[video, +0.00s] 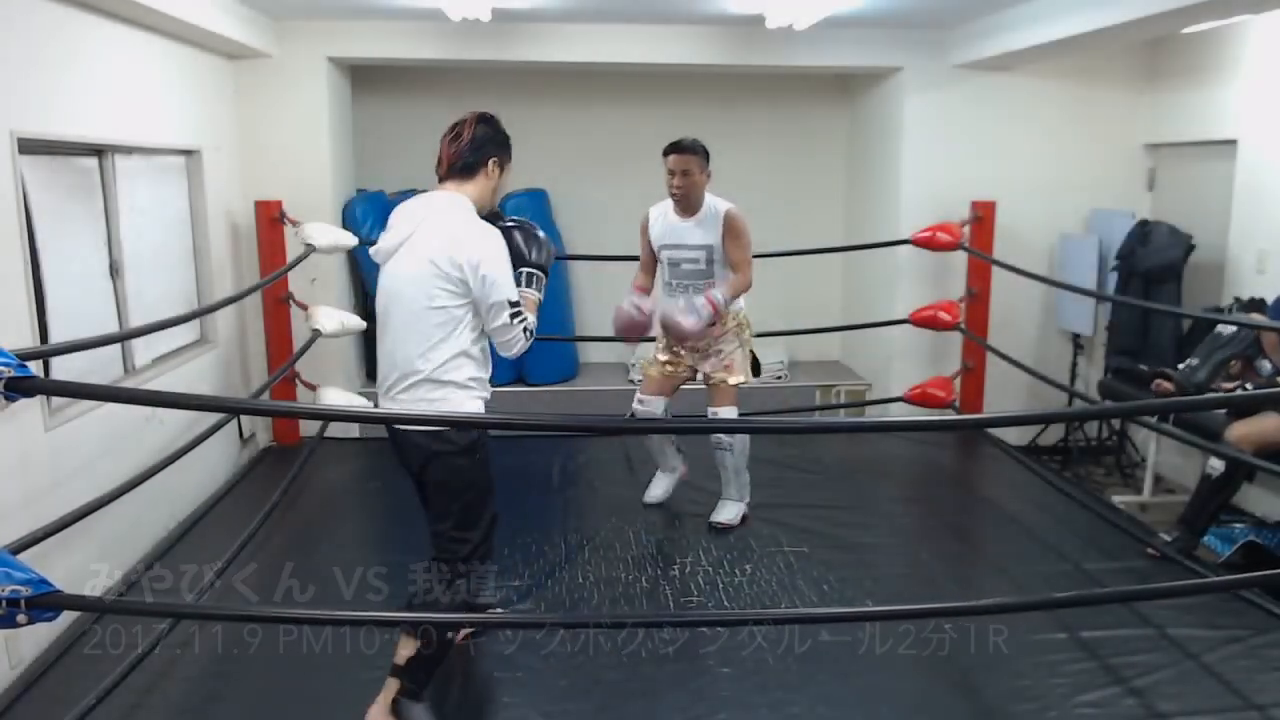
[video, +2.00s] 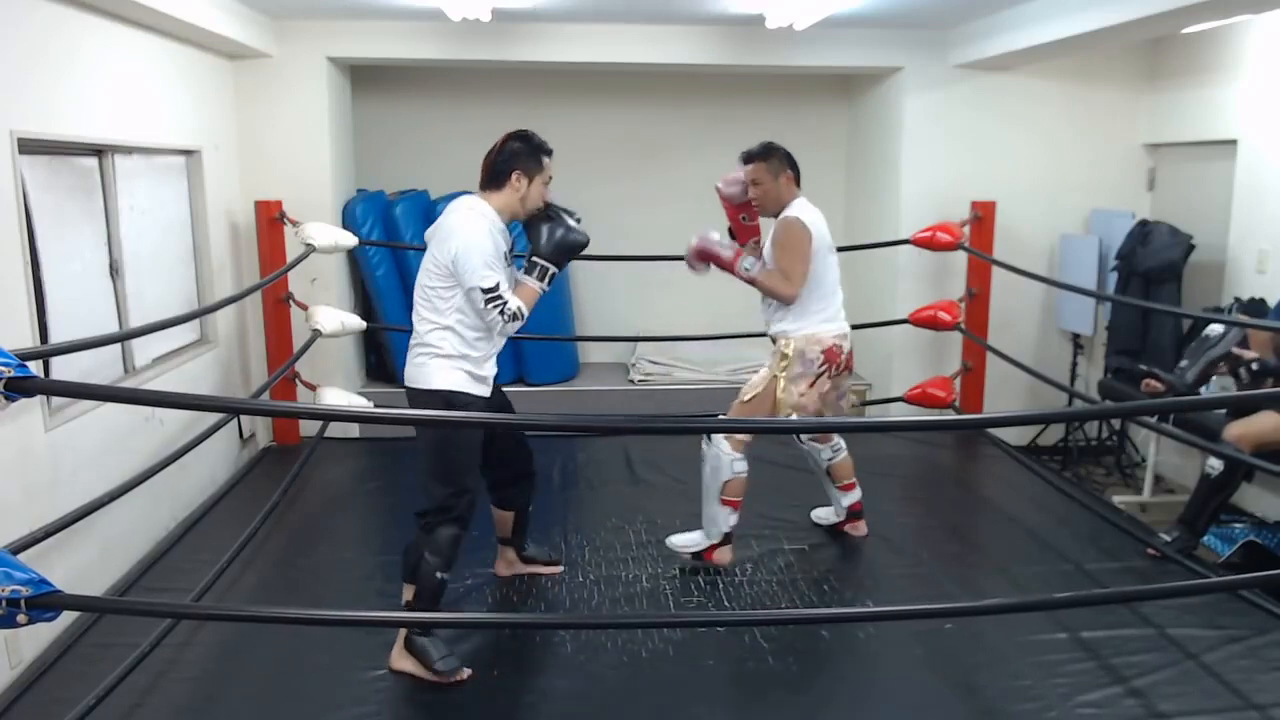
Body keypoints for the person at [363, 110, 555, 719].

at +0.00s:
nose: (503, 188)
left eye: (505, 177)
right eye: (505, 176)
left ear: (448, 163)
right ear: (491, 168)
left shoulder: (404, 219)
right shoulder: (478, 236)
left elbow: (429, 304)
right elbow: (512, 341)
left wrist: (499, 270)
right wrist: (535, 283)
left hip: (400, 412)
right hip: (447, 418)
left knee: (461, 531)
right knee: (456, 558)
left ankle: (460, 622)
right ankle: (387, 702)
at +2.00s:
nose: (547, 194)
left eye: (548, 183)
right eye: (545, 182)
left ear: (512, 178)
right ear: (518, 180)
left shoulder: (486, 223)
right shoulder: (471, 223)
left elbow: (501, 307)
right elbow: (505, 319)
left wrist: (540, 261)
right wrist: (544, 265)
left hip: (474, 377)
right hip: (444, 380)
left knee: (514, 465)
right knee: (451, 502)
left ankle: (510, 556)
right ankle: (410, 640)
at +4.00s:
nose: (486, 175)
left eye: (494, 164)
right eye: (476, 164)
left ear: (503, 168)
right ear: (456, 167)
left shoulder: (512, 215)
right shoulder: (434, 212)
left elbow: (533, 288)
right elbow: (461, 251)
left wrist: (519, 245)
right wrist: (518, 232)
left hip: (503, 349)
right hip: (445, 347)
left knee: (540, 428)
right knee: (409, 428)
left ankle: (555, 508)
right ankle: (413, 490)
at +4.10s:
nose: (486, 174)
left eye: (493, 163)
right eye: (476, 164)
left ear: (502, 166)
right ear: (457, 168)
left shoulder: (516, 216)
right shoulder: (435, 215)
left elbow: (534, 279)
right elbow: (448, 281)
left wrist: (520, 247)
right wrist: (506, 278)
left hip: (507, 346)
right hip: (449, 348)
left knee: (539, 431)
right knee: (427, 442)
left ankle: (560, 511)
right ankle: (462, 498)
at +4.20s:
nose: (474, 180)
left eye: (481, 170)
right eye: (464, 171)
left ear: (491, 172)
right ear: (447, 175)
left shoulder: (512, 220)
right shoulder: (425, 225)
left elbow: (537, 277)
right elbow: (409, 294)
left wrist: (508, 246)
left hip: (509, 352)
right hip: (452, 357)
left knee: (546, 435)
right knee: (438, 453)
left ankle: (568, 522)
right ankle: (469, 507)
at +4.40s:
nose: (439, 176)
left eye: (448, 167)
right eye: (430, 168)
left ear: (464, 171)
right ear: (421, 177)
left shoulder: (492, 213)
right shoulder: (422, 237)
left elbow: (522, 271)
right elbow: (437, 305)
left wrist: (471, 250)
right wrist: (448, 286)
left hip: (513, 338)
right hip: (467, 344)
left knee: (518, 430)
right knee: (446, 436)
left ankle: (522, 521)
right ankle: (467, 504)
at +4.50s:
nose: (442, 170)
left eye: (450, 159)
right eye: (432, 162)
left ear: (466, 162)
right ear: (423, 170)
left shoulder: (501, 206)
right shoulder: (422, 231)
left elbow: (524, 264)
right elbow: (434, 297)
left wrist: (478, 257)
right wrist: (442, 291)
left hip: (518, 338)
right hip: (470, 342)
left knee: (527, 427)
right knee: (451, 431)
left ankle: (546, 518)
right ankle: (467, 503)